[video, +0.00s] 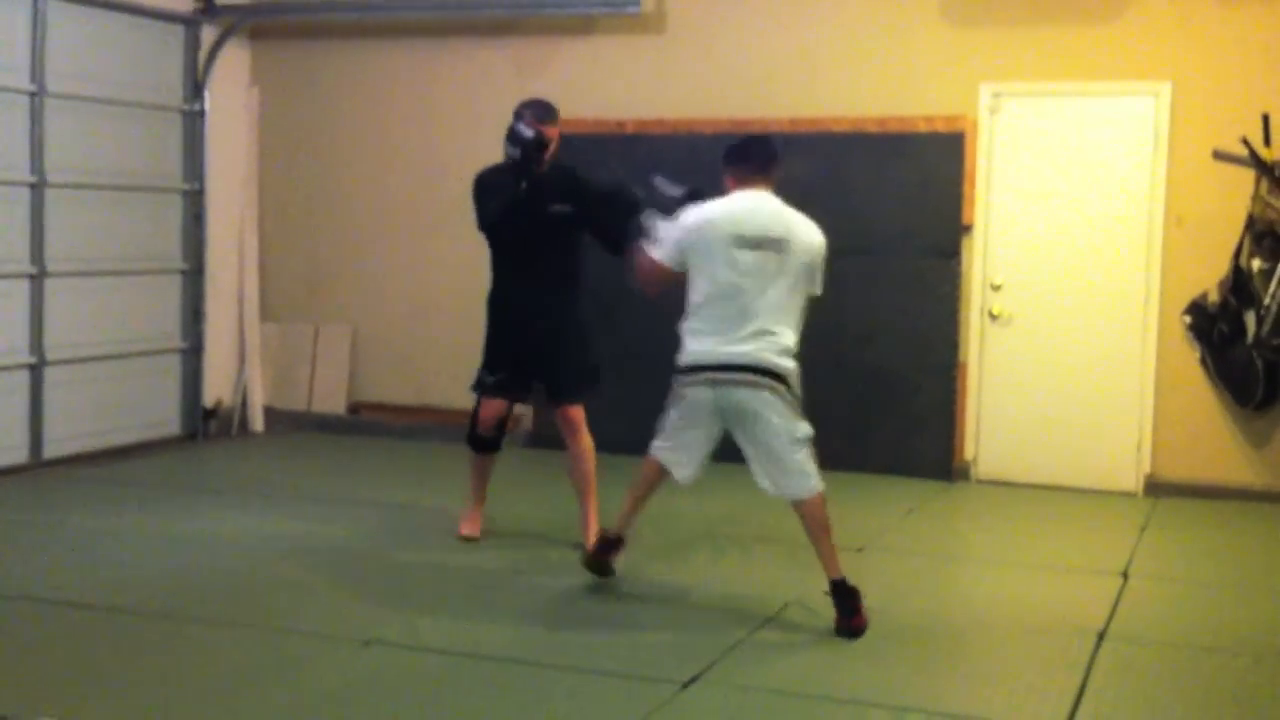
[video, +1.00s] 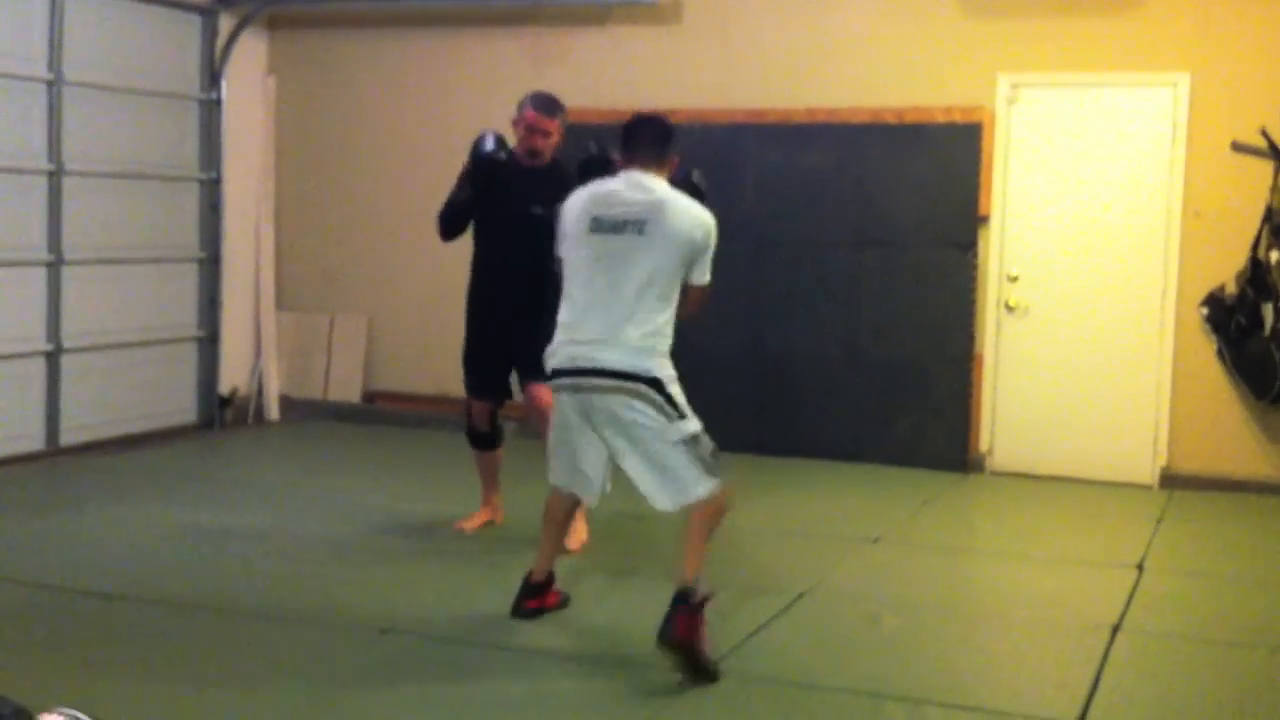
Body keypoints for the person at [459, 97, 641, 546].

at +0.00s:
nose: (539, 148)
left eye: (546, 140)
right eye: (531, 139)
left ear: (558, 139)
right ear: (514, 136)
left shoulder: (571, 184)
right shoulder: (494, 182)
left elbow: (617, 232)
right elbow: (495, 224)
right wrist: (528, 174)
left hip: (562, 320)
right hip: (510, 319)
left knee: (572, 418)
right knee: (489, 416)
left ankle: (591, 530)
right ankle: (475, 507)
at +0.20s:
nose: (525, 143)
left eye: (533, 135)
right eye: (517, 135)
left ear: (547, 137)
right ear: (502, 136)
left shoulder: (576, 184)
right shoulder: (490, 187)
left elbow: (579, 242)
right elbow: (511, 232)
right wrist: (524, 164)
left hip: (568, 314)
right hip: (515, 314)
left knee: (585, 413)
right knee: (486, 413)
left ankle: (602, 528)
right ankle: (464, 500)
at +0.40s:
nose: (510, 142)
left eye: (517, 133)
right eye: (501, 133)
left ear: (531, 133)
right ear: (486, 135)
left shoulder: (560, 185)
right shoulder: (478, 191)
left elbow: (614, 211)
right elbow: (480, 234)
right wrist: (501, 172)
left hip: (553, 316)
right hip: (498, 317)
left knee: (575, 408)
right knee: (469, 413)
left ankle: (598, 520)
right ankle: (444, 507)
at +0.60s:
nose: (522, 139)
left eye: (530, 129)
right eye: (513, 130)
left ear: (543, 127)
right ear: (498, 128)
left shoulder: (558, 175)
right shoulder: (486, 175)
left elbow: (583, 229)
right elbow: (473, 238)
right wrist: (488, 177)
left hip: (550, 306)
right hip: (500, 306)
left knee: (556, 409)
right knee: (469, 408)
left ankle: (579, 522)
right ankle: (453, 503)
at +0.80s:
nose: (542, 138)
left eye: (552, 131)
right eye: (536, 128)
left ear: (568, 133)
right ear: (523, 123)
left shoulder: (577, 181)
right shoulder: (502, 168)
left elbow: (595, 244)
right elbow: (466, 228)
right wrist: (481, 181)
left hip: (553, 310)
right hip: (500, 305)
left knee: (555, 414)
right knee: (473, 409)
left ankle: (576, 518)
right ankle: (490, 499)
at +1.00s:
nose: (535, 140)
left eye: (545, 133)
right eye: (529, 129)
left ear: (560, 135)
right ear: (515, 126)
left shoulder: (567, 182)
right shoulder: (490, 171)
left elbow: (586, 240)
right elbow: (448, 228)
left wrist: (597, 184)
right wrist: (476, 172)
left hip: (544, 307)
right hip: (490, 305)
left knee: (543, 401)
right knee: (480, 409)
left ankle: (572, 507)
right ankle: (490, 503)